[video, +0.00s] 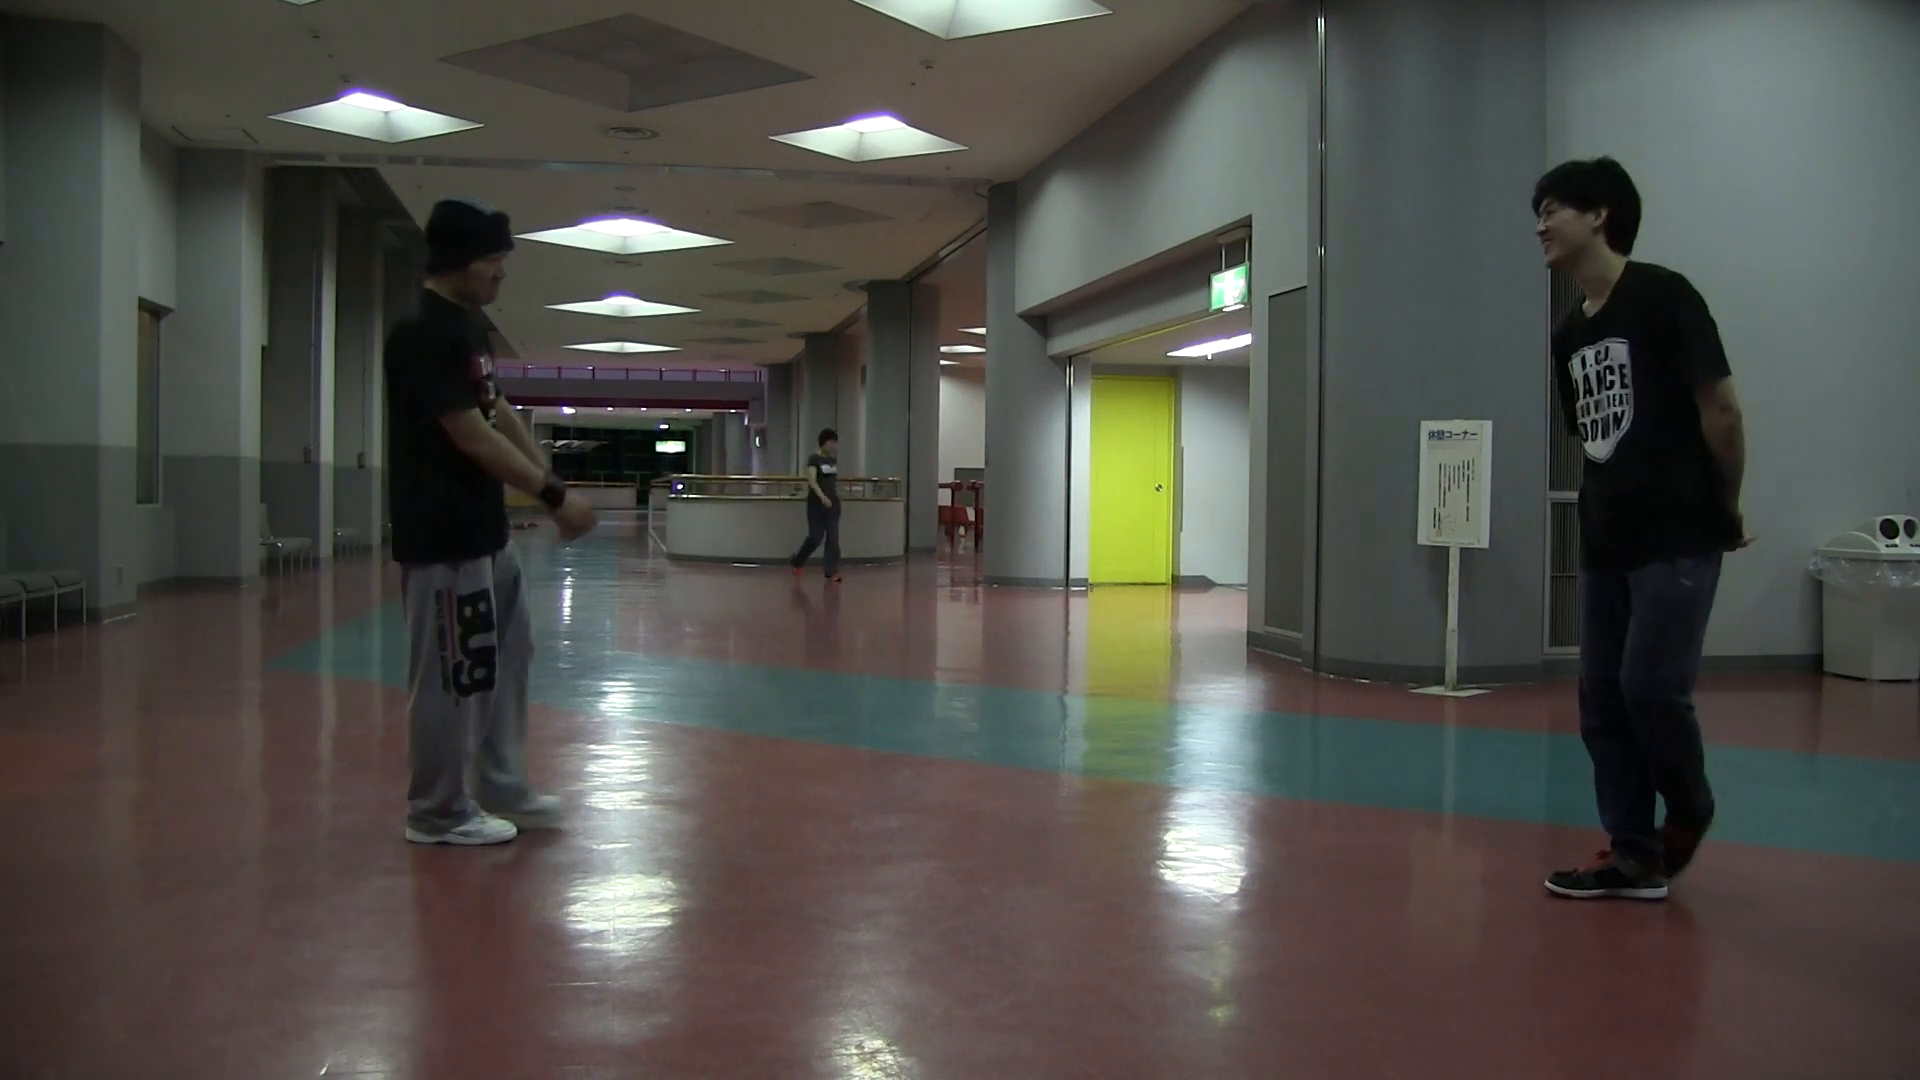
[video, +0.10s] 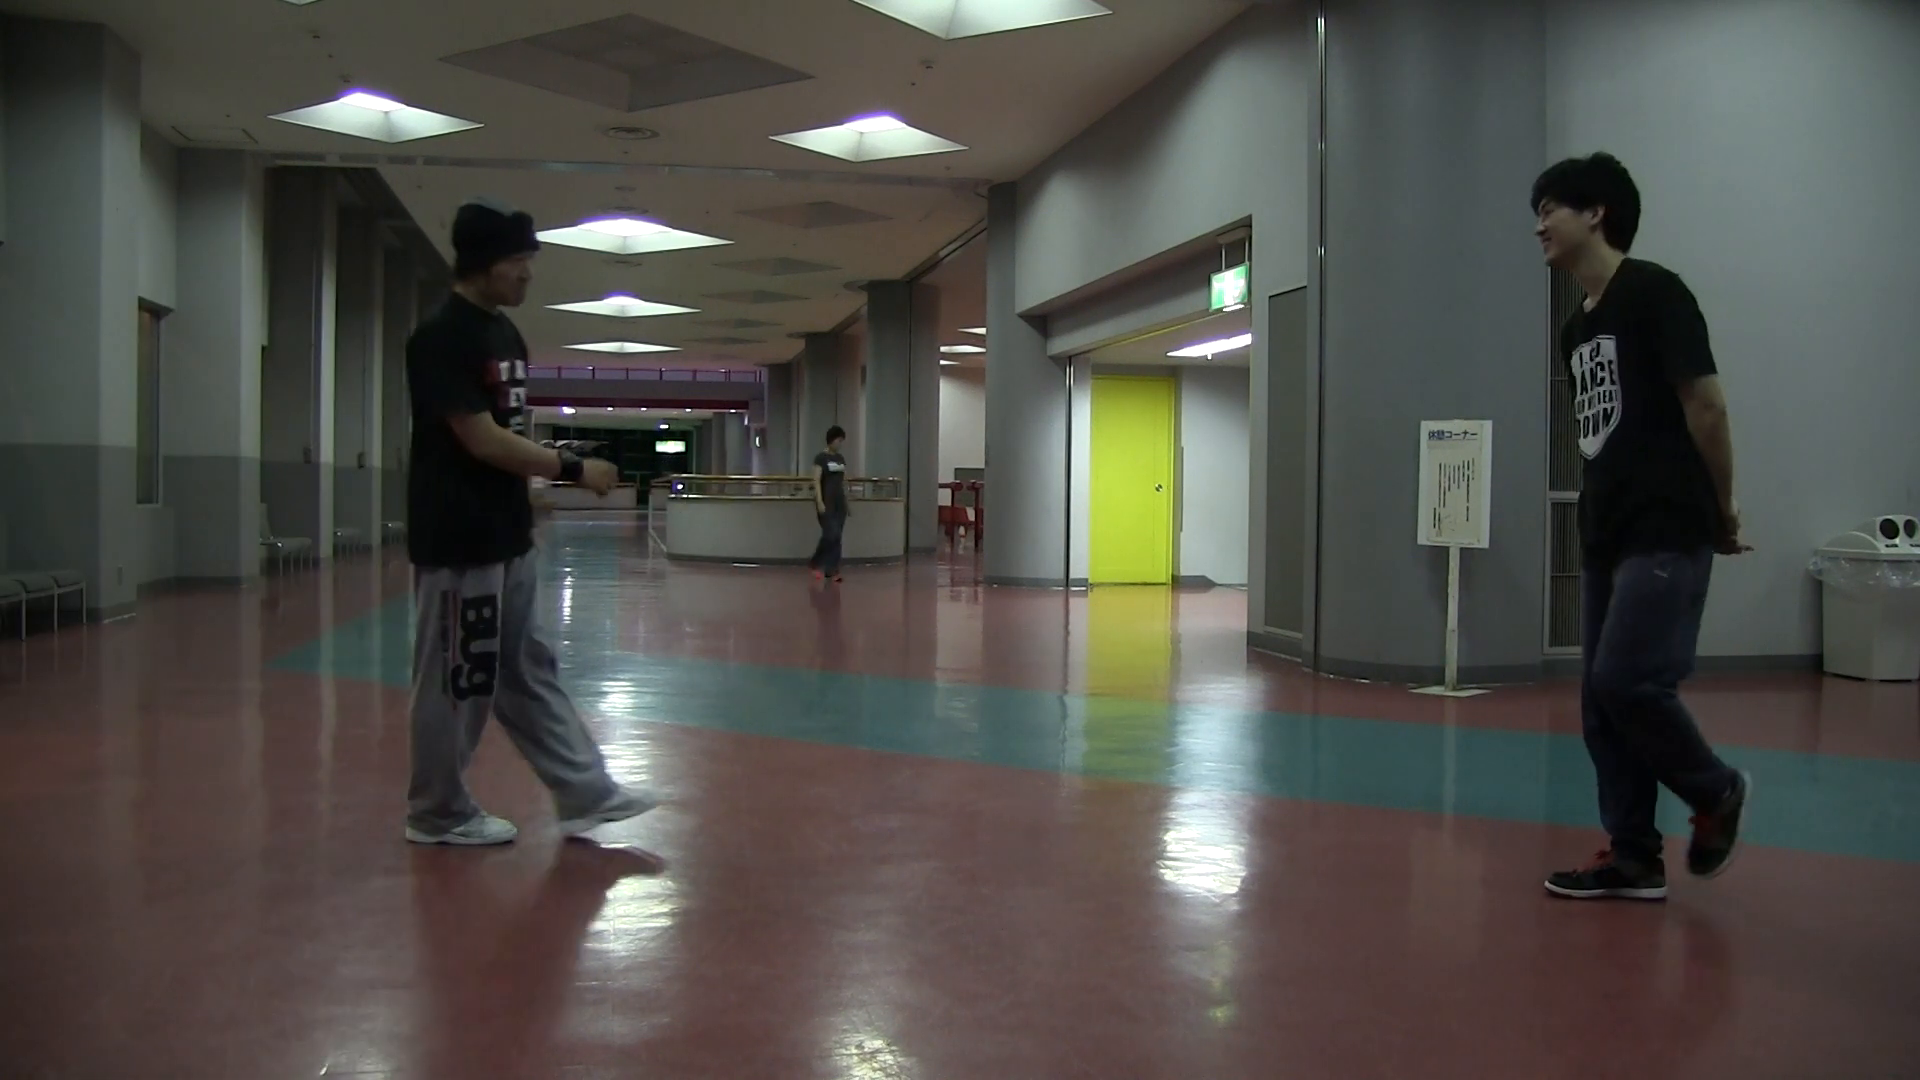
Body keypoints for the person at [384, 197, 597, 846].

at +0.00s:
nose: (501, 275)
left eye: (503, 263)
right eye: (494, 263)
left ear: (462, 261)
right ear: (458, 262)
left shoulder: (464, 329)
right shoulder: (427, 333)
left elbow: (496, 413)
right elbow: (468, 433)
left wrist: (547, 480)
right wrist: (551, 494)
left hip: (481, 534)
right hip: (440, 541)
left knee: (507, 656)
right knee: (447, 674)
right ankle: (437, 812)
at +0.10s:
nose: (528, 275)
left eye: (529, 263)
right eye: (519, 264)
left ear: (500, 262)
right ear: (482, 263)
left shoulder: (501, 334)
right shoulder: (442, 336)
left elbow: (501, 432)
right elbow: (481, 438)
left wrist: (557, 464)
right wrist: (572, 467)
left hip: (502, 532)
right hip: (457, 538)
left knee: (525, 669)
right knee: (453, 675)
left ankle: (584, 792)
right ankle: (437, 810)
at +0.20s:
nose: (555, 279)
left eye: (557, 267)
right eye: (544, 267)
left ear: (541, 267)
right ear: (508, 268)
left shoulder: (536, 337)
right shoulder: (468, 340)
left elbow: (529, 433)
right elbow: (482, 445)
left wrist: (581, 464)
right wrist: (572, 470)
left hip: (534, 536)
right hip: (479, 543)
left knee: (563, 682)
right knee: (467, 680)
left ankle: (608, 816)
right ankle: (438, 811)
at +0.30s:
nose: (578, 276)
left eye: (583, 264)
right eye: (568, 263)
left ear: (580, 264)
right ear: (531, 262)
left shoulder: (569, 336)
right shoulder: (489, 331)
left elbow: (557, 429)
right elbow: (487, 435)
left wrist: (572, 505)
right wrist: (566, 510)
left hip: (568, 537)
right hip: (507, 542)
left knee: (585, 684)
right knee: (494, 681)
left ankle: (605, 816)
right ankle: (448, 800)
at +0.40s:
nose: (602, 268)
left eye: (607, 256)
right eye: (591, 255)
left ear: (605, 258)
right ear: (551, 256)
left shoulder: (604, 335)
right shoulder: (506, 326)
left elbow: (594, 432)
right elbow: (506, 432)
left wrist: (602, 519)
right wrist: (531, 530)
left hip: (592, 534)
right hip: (525, 536)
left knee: (601, 678)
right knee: (525, 676)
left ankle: (604, 813)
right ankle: (473, 787)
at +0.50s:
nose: (619, 266)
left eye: (624, 254)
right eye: (607, 253)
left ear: (623, 257)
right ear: (569, 254)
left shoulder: (630, 334)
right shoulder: (519, 325)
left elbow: (649, 434)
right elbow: (499, 428)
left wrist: (687, 499)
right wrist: (494, 517)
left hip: (611, 534)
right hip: (542, 532)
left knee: (612, 678)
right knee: (546, 673)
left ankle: (605, 813)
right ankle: (501, 802)